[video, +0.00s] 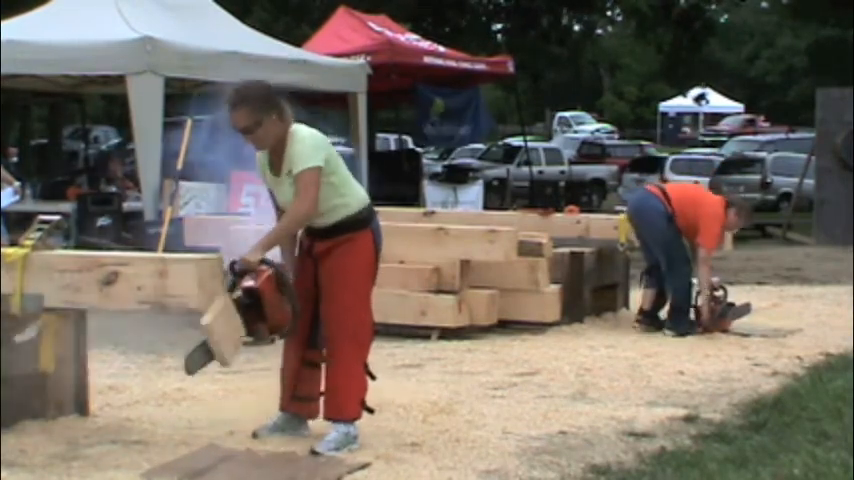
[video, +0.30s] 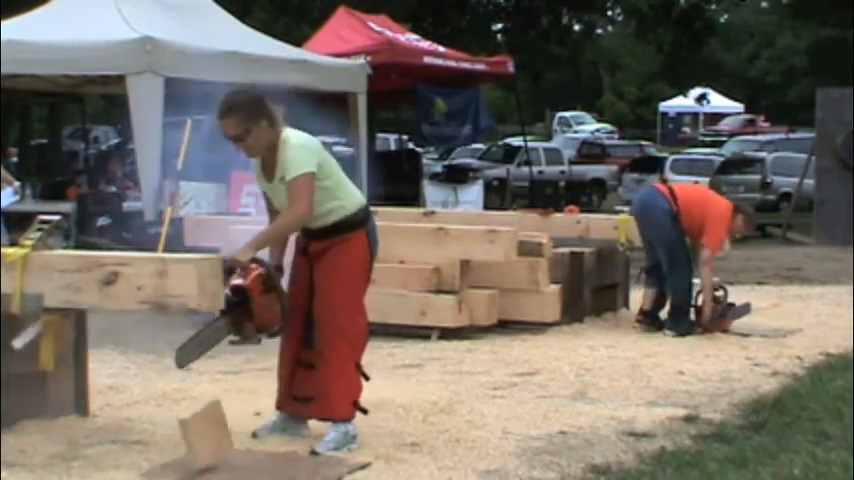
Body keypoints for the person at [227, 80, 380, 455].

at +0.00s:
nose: (249, 139)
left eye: (252, 129)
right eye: (243, 133)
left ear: (277, 116)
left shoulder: (307, 142)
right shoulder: (265, 159)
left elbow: (306, 206)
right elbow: (287, 217)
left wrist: (259, 250)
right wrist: (289, 270)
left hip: (350, 237)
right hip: (311, 242)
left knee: (344, 327)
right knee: (301, 325)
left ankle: (345, 423)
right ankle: (295, 414)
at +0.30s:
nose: (240, 147)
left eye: (242, 137)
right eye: (234, 141)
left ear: (265, 123)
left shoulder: (297, 147)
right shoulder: (263, 164)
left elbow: (300, 212)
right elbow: (281, 219)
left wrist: (250, 248)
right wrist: (275, 268)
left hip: (346, 236)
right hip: (311, 240)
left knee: (336, 324)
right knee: (297, 321)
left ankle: (343, 424)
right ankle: (293, 415)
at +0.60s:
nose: (238, 140)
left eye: (239, 130)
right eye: (231, 134)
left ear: (261, 114)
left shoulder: (295, 139)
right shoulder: (259, 156)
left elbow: (302, 203)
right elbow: (279, 213)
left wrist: (248, 234)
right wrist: (279, 261)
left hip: (337, 237)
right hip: (300, 242)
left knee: (333, 326)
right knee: (293, 325)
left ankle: (342, 424)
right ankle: (291, 416)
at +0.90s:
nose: (244, 133)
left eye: (246, 123)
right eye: (237, 127)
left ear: (269, 109)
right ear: (236, 122)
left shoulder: (297, 133)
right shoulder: (260, 157)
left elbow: (313, 189)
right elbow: (287, 208)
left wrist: (262, 215)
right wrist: (282, 252)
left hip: (337, 238)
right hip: (299, 242)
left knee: (334, 326)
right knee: (292, 326)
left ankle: (343, 423)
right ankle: (293, 414)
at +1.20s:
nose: (252, 121)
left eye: (255, 110)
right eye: (246, 114)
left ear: (276, 98)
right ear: (246, 110)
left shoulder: (305, 122)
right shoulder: (266, 141)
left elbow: (318, 176)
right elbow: (283, 198)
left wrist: (266, 189)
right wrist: (270, 239)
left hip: (334, 235)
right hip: (296, 236)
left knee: (334, 324)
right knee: (289, 323)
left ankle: (343, 422)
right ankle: (291, 414)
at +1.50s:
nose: (260, 110)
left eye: (264, 100)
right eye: (254, 103)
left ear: (288, 90)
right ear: (255, 98)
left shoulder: (314, 117)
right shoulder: (269, 131)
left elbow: (314, 171)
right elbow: (281, 190)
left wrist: (261, 178)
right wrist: (266, 233)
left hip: (334, 233)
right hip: (296, 233)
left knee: (335, 323)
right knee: (288, 322)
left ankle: (342, 421)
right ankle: (290, 413)